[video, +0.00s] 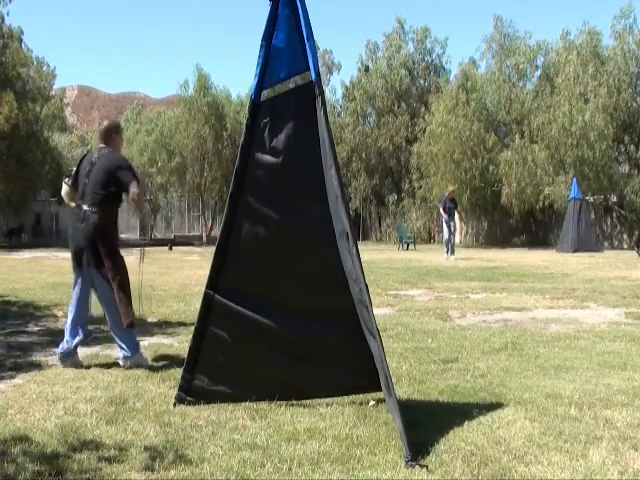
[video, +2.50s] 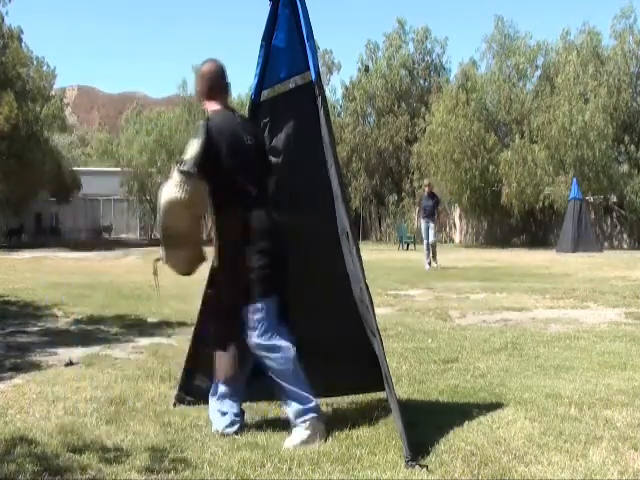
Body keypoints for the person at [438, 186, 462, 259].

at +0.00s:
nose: (450, 195)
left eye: (451, 193)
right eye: (449, 193)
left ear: (453, 194)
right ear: (447, 194)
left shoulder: (454, 200)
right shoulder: (444, 200)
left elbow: (457, 209)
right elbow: (441, 208)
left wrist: (461, 217)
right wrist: (444, 215)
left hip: (452, 218)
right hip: (446, 218)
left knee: (452, 236)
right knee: (447, 236)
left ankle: (452, 253)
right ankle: (446, 252)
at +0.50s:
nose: (453, 194)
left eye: (453, 192)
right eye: (451, 192)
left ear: (454, 192)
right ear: (449, 192)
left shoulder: (454, 199)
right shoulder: (445, 200)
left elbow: (456, 209)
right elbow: (440, 211)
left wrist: (458, 215)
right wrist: (440, 221)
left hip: (453, 217)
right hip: (446, 218)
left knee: (454, 237)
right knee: (449, 237)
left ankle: (453, 253)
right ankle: (450, 254)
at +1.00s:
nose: (450, 192)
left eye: (451, 191)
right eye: (449, 191)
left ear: (453, 191)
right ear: (446, 191)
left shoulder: (454, 199)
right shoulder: (443, 199)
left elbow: (457, 210)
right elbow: (439, 209)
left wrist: (460, 221)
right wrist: (439, 220)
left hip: (452, 220)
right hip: (444, 220)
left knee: (452, 239)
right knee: (446, 239)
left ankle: (452, 257)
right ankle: (447, 254)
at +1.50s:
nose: (443, 192)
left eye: (444, 190)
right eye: (442, 190)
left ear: (446, 191)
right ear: (440, 191)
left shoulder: (449, 200)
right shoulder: (437, 200)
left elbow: (452, 211)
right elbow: (432, 211)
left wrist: (451, 222)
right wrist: (430, 221)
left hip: (447, 220)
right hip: (439, 220)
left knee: (447, 240)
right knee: (441, 240)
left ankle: (449, 257)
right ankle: (443, 258)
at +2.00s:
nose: (437, 191)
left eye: (439, 189)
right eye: (436, 189)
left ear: (441, 190)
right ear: (434, 190)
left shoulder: (443, 198)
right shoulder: (432, 199)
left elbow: (446, 208)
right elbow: (428, 209)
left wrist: (447, 218)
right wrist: (427, 218)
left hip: (441, 219)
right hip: (433, 219)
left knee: (440, 238)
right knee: (433, 238)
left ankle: (440, 254)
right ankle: (433, 254)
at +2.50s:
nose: (427, 188)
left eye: (428, 186)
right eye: (425, 186)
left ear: (431, 187)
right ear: (424, 187)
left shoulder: (435, 198)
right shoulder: (422, 198)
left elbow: (437, 210)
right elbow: (419, 209)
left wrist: (438, 221)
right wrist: (417, 219)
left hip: (432, 220)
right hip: (424, 219)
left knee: (432, 241)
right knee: (426, 241)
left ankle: (434, 259)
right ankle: (428, 262)